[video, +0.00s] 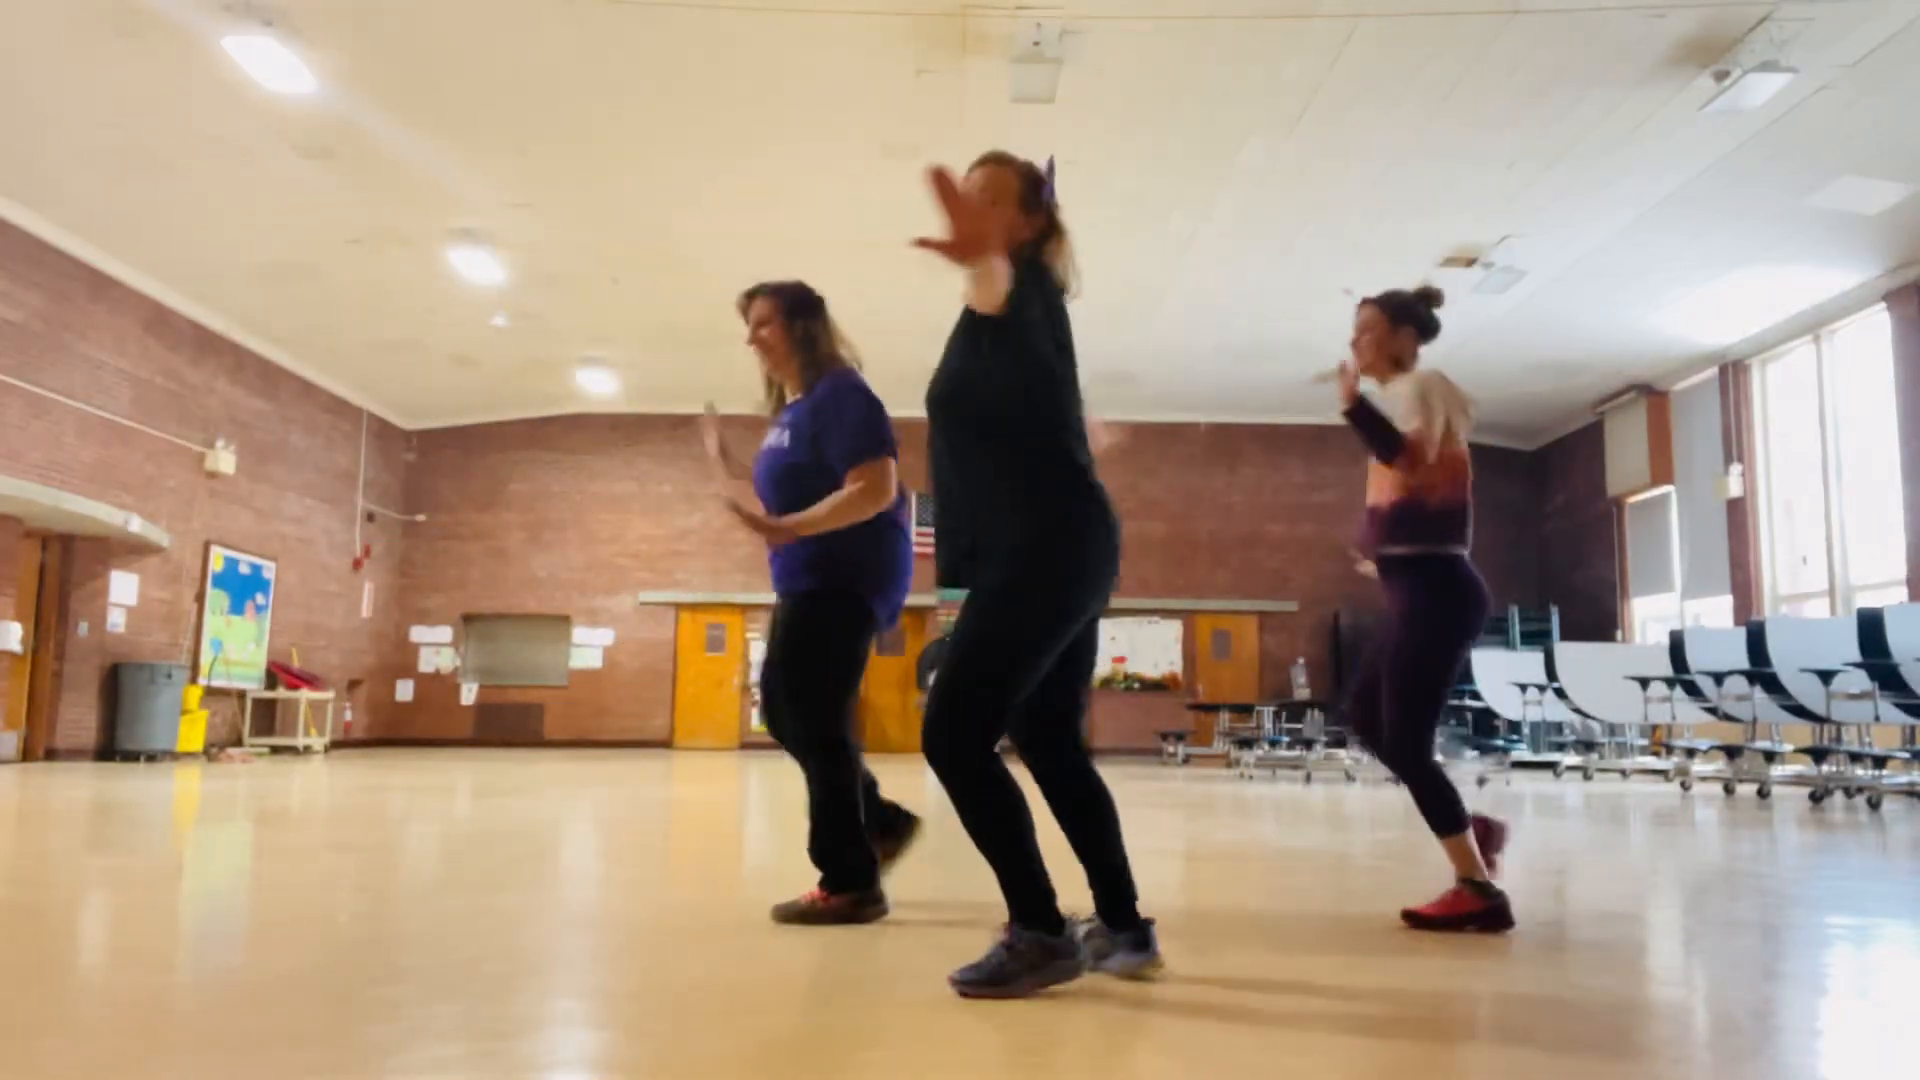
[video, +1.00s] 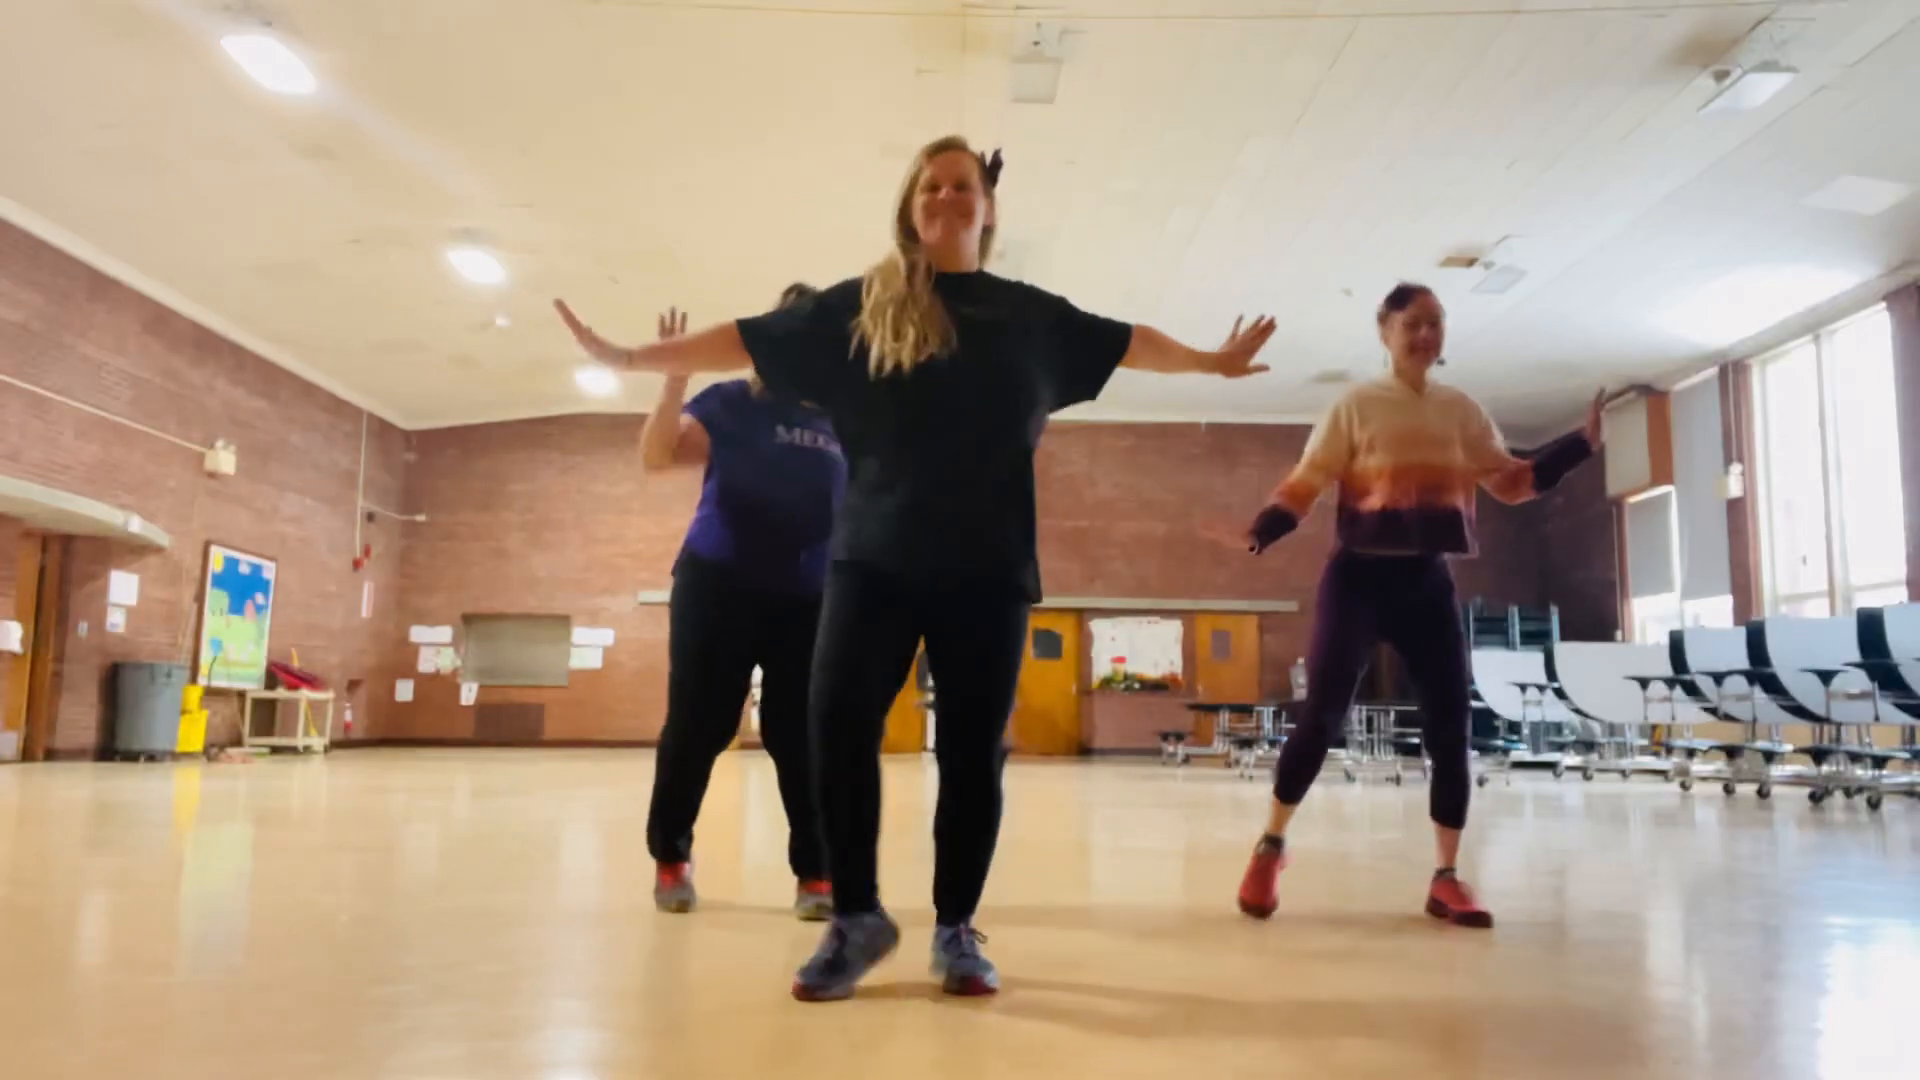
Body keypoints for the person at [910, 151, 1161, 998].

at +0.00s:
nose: (966, 202)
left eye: (983, 192)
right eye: (968, 190)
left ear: (1025, 218)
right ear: (995, 217)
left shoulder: (1014, 289)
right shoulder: (1011, 298)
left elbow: (1000, 281)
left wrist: (980, 253)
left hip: (1046, 546)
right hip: (1058, 545)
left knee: (954, 735)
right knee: (1047, 736)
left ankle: (1040, 932)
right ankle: (1124, 926)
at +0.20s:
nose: (974, 216)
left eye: (995, 207)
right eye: (964, 203)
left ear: (1029, 229)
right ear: (948, 225)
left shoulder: (1043, 300)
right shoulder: (950, 330)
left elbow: (1107, 296)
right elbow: (930, 459)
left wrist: (1175, 281)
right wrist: (864, 537)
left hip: (1050, 554)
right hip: (970, 564)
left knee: (995, 731)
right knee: (901, 713)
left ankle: (1045, 941)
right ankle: (1008, 851)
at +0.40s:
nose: (968, 199)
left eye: (987, 190)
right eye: (958, 186)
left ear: (1015, 213)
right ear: (935, 204)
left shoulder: (1046, 297)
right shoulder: (914, 315)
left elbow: (1158, 310)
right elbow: (900, 423)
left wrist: (1285, 312)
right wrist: (847, 442)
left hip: (1024, 555)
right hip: (930, 559)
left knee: (982, 734)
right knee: (909, 734)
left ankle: (1028, 930)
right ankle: (935, 920)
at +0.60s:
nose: (965, 211)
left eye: (983, 200)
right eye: (952, 198)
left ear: (1007, 224)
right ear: (929, 218)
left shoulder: (1048, 320)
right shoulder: (889, 323)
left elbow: (1174, 336)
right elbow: (798, 375)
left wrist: (1303, 346)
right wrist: (708, 407)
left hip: (1024, 570)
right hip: (918, 568)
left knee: (991, 747)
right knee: (821, 718)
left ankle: (990, 934)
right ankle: (887, 876)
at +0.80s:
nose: (959, 193)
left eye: (976, 184)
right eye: (944, 182)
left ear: (998, 209)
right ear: (921, 206)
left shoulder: (1035, 312)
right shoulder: (872, 304)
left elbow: (1147, 343)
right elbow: (764, 351)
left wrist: (1258, 369)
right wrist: (660, 379)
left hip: (1003, 564)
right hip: (894, 560)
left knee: (992, 751)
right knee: (856, 736)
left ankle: (992, 934)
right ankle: (881, 936)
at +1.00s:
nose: (952, 198)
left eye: (967, 186)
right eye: (936, 185)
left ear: (990, 210)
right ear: (909, 210)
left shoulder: (1028, 313)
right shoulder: (858, 309)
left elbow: (1125, 341)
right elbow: (743, 339)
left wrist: (1214, 362)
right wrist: (630, 355)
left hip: (987, 570)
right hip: (873, 564)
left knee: (972, 752)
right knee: (838, 727)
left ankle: (956, 927)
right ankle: (859, 918)